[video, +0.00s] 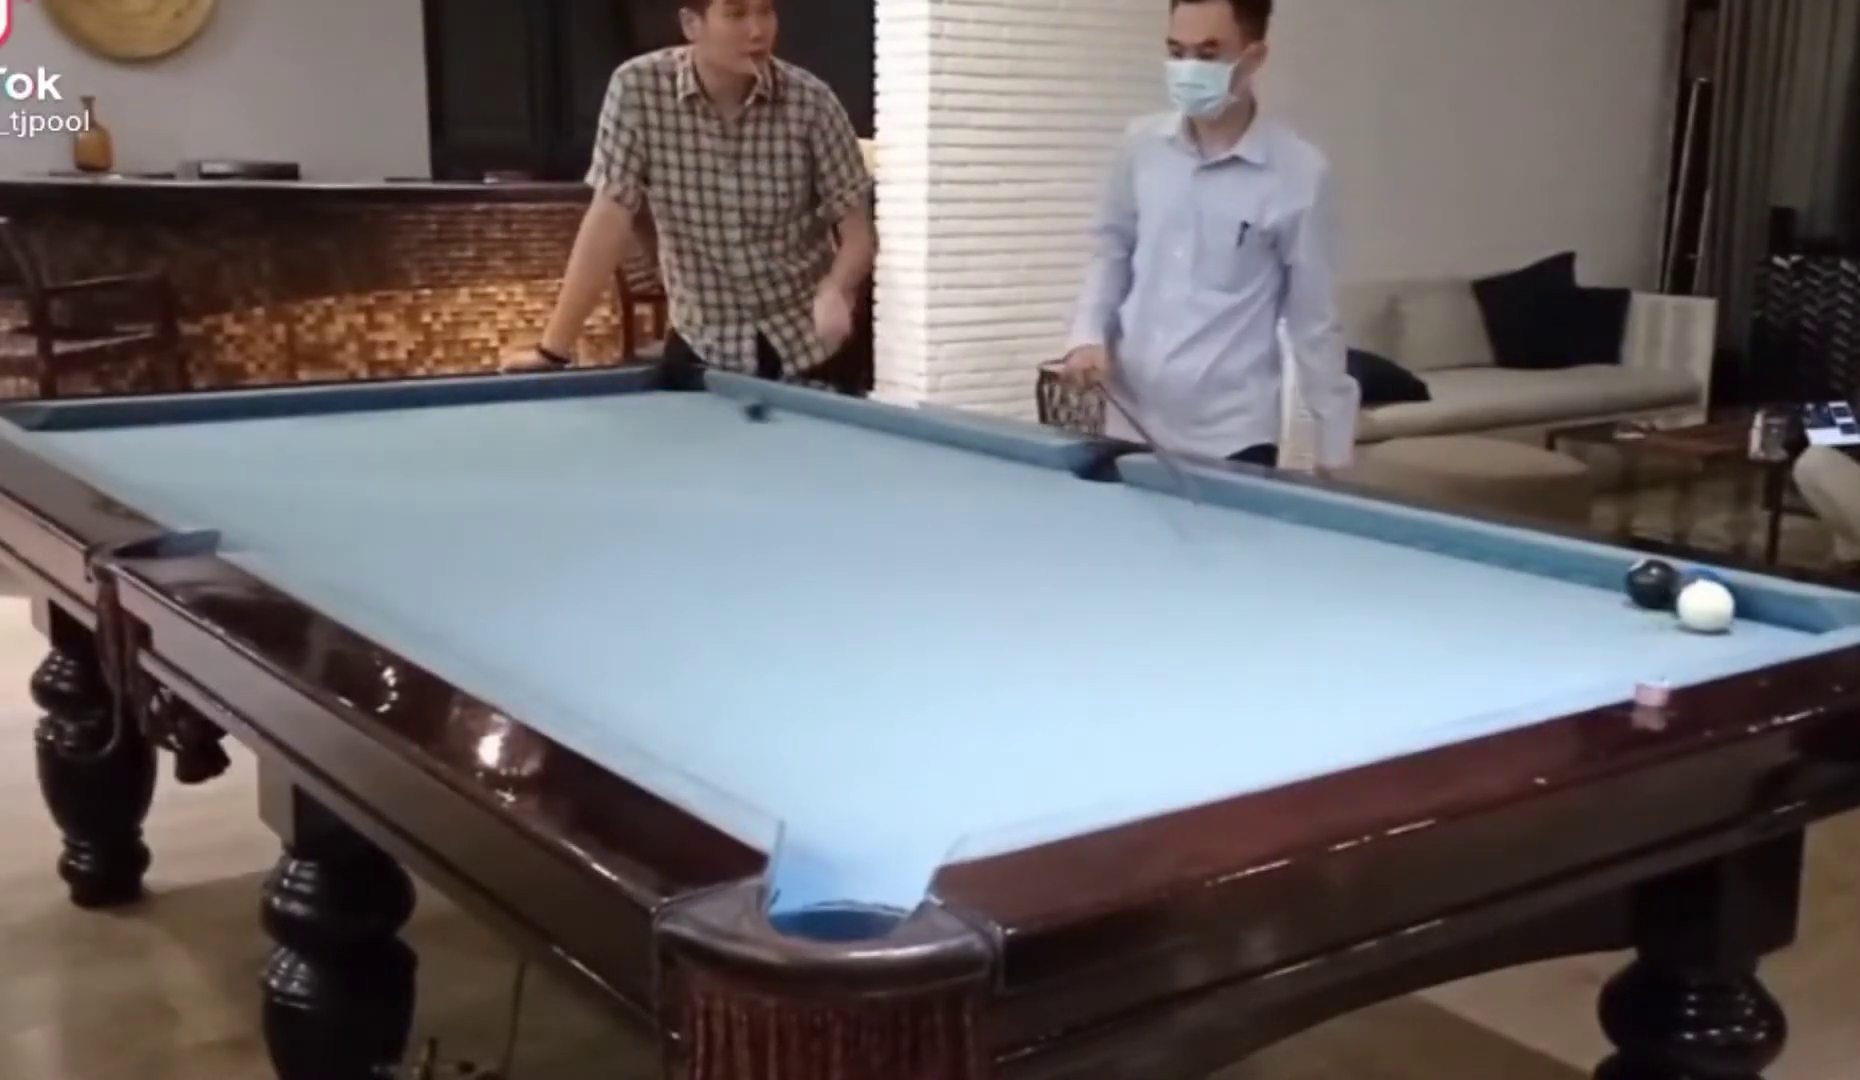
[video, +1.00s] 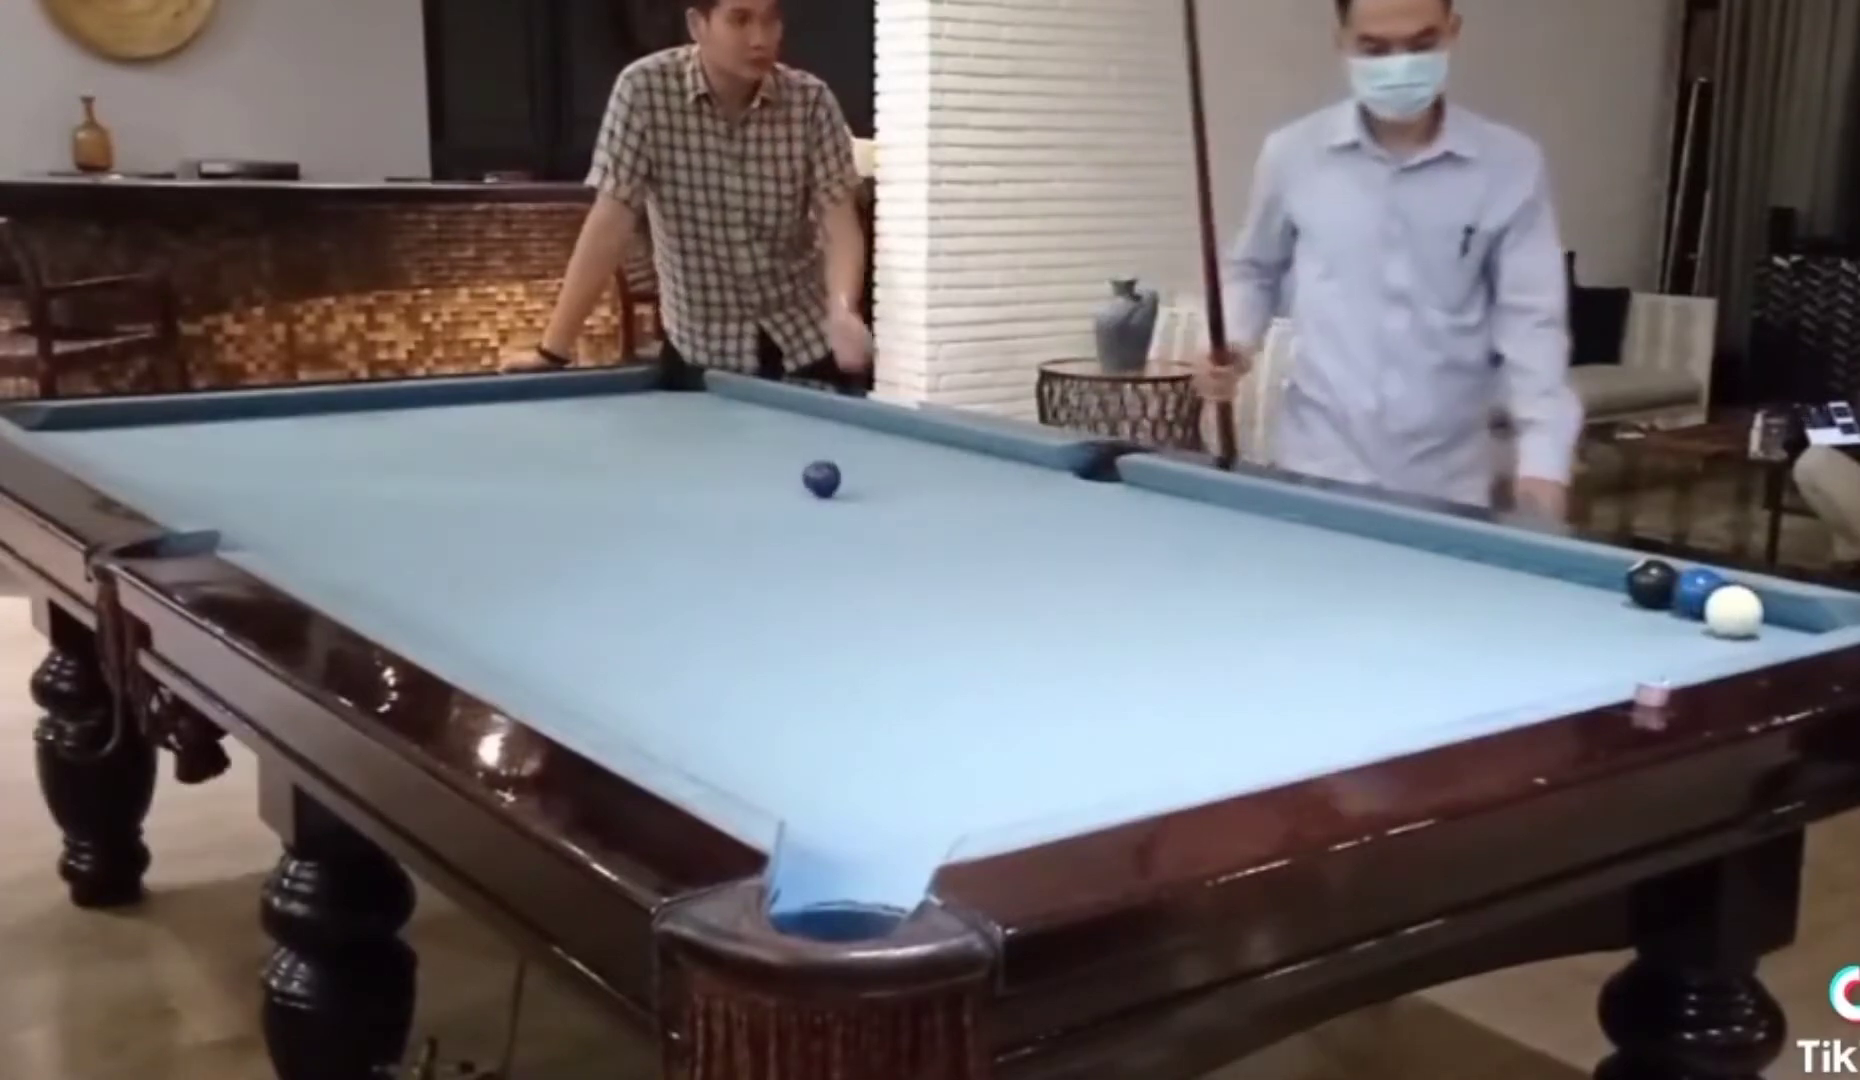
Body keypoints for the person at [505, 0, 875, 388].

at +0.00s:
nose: (757, 29)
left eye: (765, 13)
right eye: (737, 15)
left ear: (777, 19)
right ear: (691, 23)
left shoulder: (811, 101)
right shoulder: (638, 90)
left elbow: (858, 225)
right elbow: (610, 214)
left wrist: (836, 288)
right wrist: (553, 350)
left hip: (814, 342)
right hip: (701, 345)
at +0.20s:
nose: (772, 35)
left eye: (779, 17)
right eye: (751, 19)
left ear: (789, 21)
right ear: (704, 25)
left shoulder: (814, 100)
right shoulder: (645, 87)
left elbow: (852, 247)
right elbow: (610, 218)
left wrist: (820, 202)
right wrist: (552, 351)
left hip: (815, 333)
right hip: (701, 339)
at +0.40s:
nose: (775, 38)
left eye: (783, 20)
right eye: (754, 21)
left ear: (793, 22)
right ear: (709, 25)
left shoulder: (811, 96)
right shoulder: (650, 87)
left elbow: (849, 243)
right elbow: (612, 219)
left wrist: (805, 153)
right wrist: (552, 352)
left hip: (810, 332)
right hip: (700, 340)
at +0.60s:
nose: (776, 41)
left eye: (784, 23)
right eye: (755, 23)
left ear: (794, 24)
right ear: (709, 26)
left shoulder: (812, 98)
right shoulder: (651, 88)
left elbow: (849, 242)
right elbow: (613, 219)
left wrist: (806, 155)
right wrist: (552, 352)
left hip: (810, 334)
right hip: (701, 342)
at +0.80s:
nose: (772, 43)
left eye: (782, 25)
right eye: (752, 25)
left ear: (793, 27)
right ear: (707, 27)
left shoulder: (813, 101)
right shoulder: (650, 89)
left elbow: (849, 248)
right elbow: (612, 218)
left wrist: (810, 193)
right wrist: (551, 352)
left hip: (810, 336)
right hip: (701, 343)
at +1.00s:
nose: (762, 38)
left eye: (772, 20)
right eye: (741, 20)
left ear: (783, 25)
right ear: (697, 24)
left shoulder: (810, 101)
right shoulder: (646, 90)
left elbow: (839, 212)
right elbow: (611, 218)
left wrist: (842, 307)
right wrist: (552, 351)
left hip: (808, 338)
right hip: (702, 345)